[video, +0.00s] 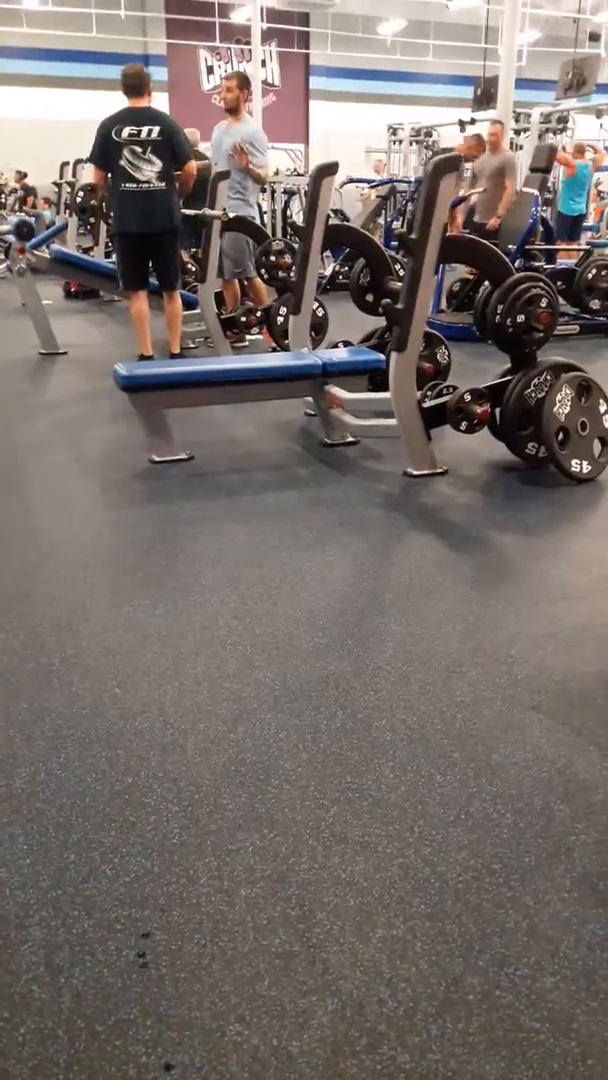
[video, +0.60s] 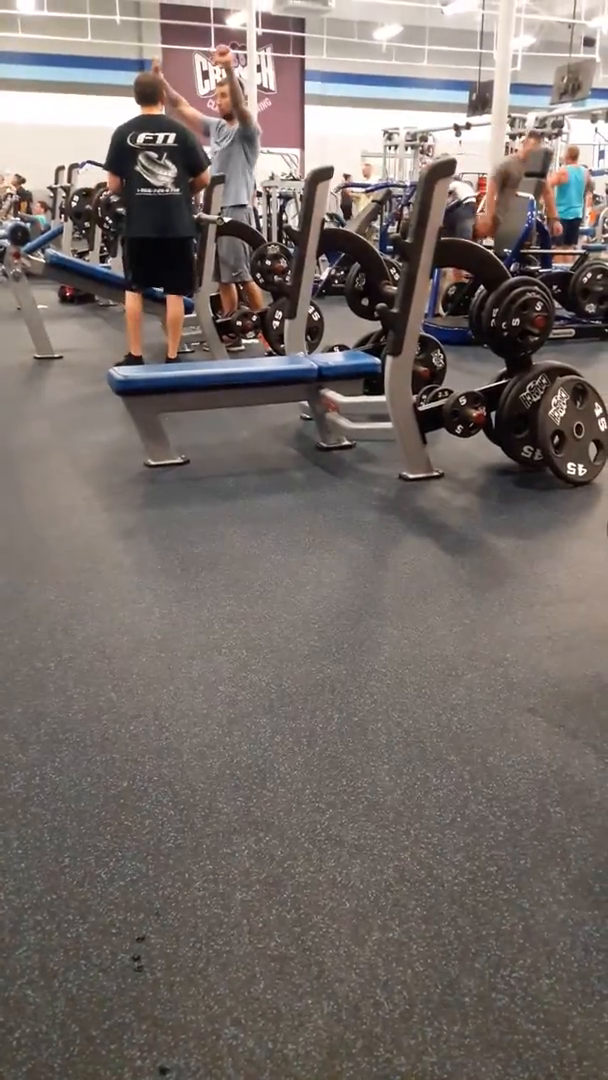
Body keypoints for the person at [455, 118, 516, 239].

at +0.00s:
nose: (491, 139)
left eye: (495, 135)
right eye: (490, 134)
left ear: (502, 136)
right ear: (486, 135)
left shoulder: (507, 158)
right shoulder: (480, 158)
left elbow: (510, 189)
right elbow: (469, 187)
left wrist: (498, 216)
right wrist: (460, 213)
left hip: (493, 218)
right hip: (474, 216)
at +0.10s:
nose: (498, 142)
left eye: (502, 139)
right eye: (496, 138)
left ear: (509, 140)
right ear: (492, 137)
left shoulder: (514, 161)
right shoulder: (484, 157)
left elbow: (516, 192)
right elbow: (473, 187)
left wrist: (502, 218)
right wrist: (462, 214)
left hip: (500, 221)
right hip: (481, 218)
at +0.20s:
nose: (506, 147)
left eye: (510, 143)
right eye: (504, 143)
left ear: (515, 143)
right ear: (499, 140)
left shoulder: (521, 165)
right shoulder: (487, 161)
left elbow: (526, 192)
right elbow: (474, 190)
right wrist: (466, 216)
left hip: (511, 220)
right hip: (487, 216)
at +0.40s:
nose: (520, 149)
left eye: (523, 146)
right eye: (517, 145)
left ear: (527, 145)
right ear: (509, 142)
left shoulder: (530, 164)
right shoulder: (494, 162)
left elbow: (539, 193)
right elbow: (480, 191)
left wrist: (545, 218)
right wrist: (477, 218)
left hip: (519, 219)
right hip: (495, 217)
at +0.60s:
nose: (533, 149)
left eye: (536, 145)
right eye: (531, 145)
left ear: (539, 148)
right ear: (523, 144)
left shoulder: (537, 167)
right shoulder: (505, 166)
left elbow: (547, 193)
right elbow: (491, 194)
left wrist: (554, 219)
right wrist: (488, 219)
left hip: (529, 220)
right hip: (505, 220)